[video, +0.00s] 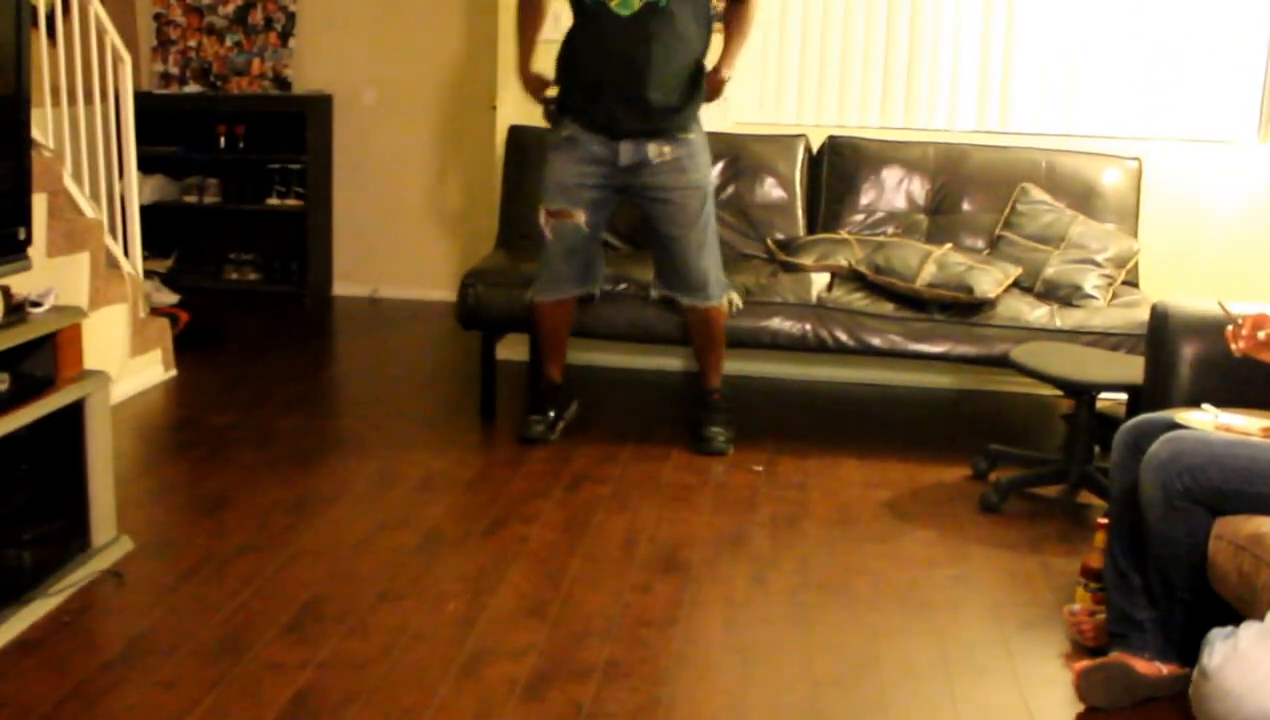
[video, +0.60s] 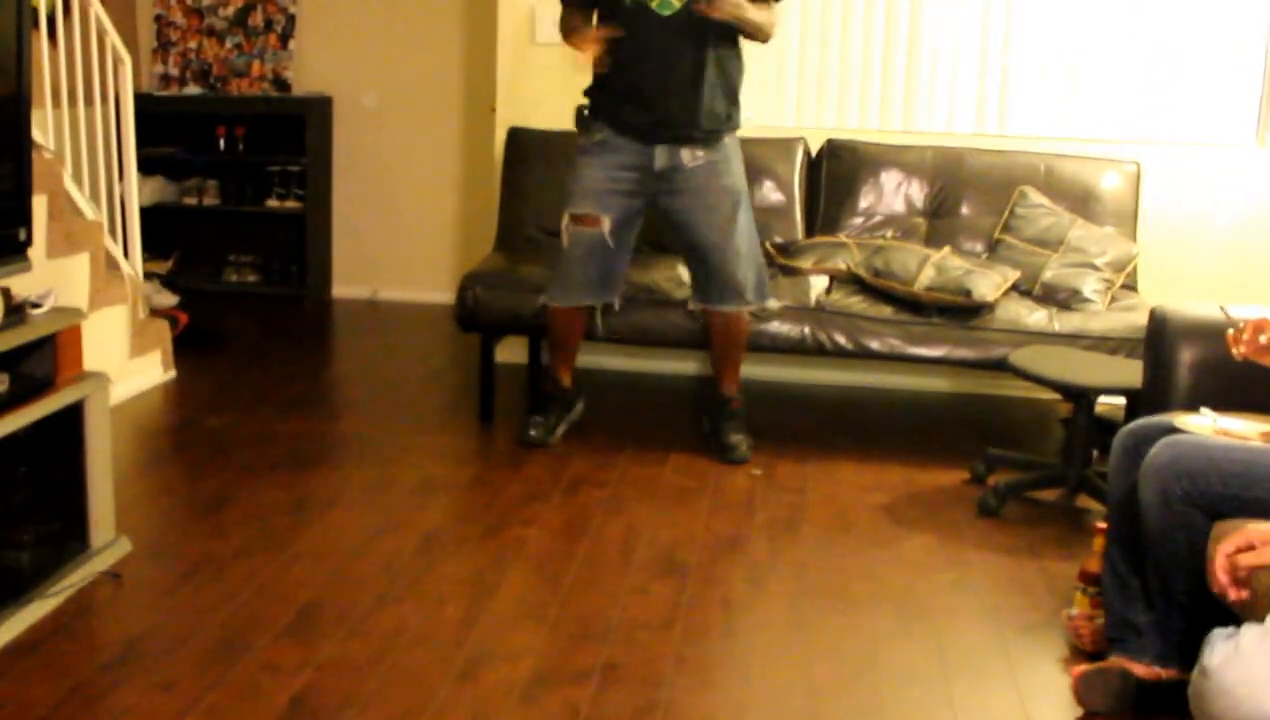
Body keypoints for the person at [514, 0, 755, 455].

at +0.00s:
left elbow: (741, 3)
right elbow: (533, 1)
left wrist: (722, 69)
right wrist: (526, 67)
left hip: (672, 131)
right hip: (582, 127)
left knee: (702, 281)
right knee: (556, 271)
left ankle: (712, 401)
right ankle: (551, 393)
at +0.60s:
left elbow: (766, 24)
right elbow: (572, 16)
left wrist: (733, 11)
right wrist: (580, 33)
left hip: (706, 138)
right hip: (614, 135)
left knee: (731, 280)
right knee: (575, 271)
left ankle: (727, 405)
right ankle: (560, 392)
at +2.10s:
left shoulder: (749, 5)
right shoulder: (612, 4)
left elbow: (764, 93)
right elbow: (621, 94)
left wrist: (768, 37)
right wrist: (596, 85)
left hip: (725, 189)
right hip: (634, 184)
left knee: (752, 336)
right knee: (595, 317)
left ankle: (753, 460)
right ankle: (576, 452)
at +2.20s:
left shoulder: (746, 21)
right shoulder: (609, 23)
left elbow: (765, 120)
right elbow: (587, 117)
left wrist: (719, 69)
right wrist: (637, 118)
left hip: (713, 226)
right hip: (623, 223)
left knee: (741, 374)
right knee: (594, 354)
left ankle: (750, 497)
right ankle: (578, 493)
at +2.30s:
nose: (666, 20)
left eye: (677, 9)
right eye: (656, 8)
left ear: (696, 16)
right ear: (641, 15)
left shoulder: (732, 95)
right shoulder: (600, 86)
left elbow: (763, 172)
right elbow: (573, 164)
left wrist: (703, 152)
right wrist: (648, 163)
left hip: (702, 281)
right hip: (615, 278)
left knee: (736, 427)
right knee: (583, 419)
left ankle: (750, 555)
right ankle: (578, 553)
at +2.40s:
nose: (664, 72)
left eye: (676, 60)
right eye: (655, 59)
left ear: (694, 66)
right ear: (639, 66)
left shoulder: (728, 145)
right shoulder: (597, 139)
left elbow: (746, 230)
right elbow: (574, 219)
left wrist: (691, 207)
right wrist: (647, 231)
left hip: (702, 333)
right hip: (612, 332)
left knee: (742, 476)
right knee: (578, 470)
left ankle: (752, 602)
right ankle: (581, 605)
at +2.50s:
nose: (666, 96)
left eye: (679, 86)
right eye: (657, 85)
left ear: (702, 94)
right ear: (642, 92)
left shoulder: (739, 170)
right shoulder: (601, 166)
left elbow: (765, 264)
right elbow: (569, 251)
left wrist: (741, 241)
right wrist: (608, 265)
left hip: (716, 367)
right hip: (623, 367)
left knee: (748, 506)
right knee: (591, 494)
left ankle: (756, 636)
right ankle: (582, 634)